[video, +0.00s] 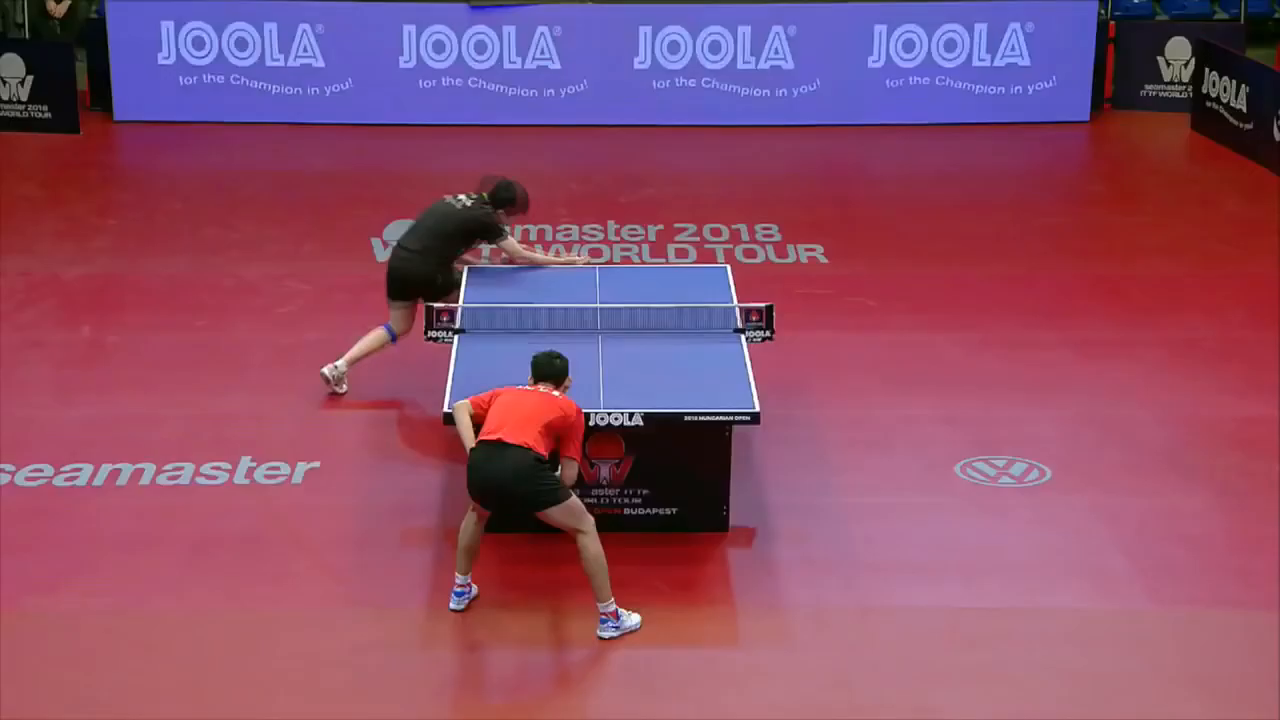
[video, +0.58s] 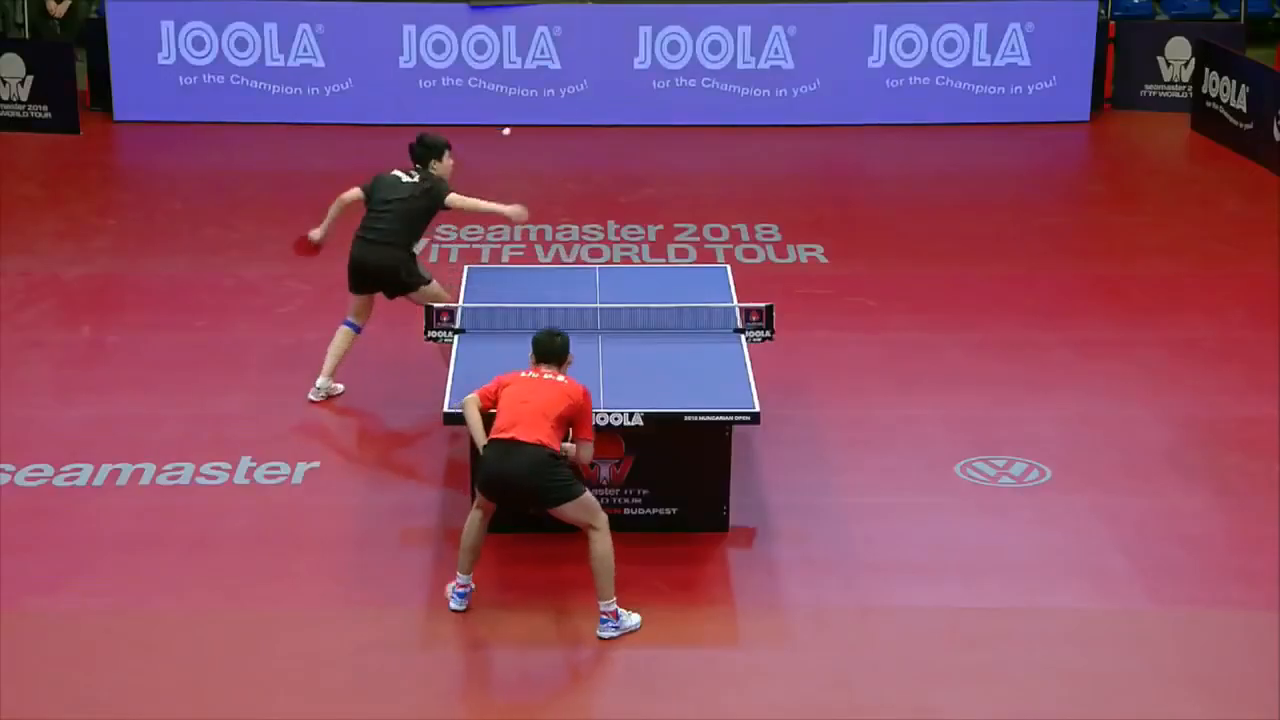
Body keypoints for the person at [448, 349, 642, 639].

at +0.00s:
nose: (568, 385)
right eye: (567, 382)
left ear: (531, 380)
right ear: (565, 383)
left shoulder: (504, 393)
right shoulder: (570, 409)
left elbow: (460, 408)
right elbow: (568, 477)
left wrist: (474, 452)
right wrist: (548, 494)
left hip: (482, 461)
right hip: (525, 468)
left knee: (477, 512)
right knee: (584, 526)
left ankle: (460, 590)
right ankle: (610, 615)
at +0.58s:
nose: (568, 360)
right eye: (568, 357)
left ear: (532, 358)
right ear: (566, 361)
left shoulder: (508, 380)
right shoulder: (577, 392)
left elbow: (469, 403)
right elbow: (585, 457)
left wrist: (484, 447)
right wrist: (565, 447)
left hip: (495, 457)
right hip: (540, 464)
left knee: (481, 510)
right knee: (597, 522)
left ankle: (460, 589)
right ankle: (610, 615)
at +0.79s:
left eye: (523, 332)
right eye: (553, 334)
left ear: (522, 335)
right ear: (556, 338)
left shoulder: (499, 366)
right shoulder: (568, 375)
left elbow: (468, 399)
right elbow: (595, 430)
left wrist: (487, 442)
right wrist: (580, 423)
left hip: (501, 468)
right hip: (551, 470)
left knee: (471, 513)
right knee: (609, 508)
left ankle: (453, 592)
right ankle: (610, 588)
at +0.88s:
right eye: (559, 317)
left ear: (530, 321)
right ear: (563, 322)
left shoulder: (509, 353)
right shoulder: (577, 362)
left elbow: (476, 385)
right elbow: (616, 406)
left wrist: (495, 409)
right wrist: (596, 388)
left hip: (515, 465)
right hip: (563, 465)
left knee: (478, 509)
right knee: (620, 487)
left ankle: (455, 587)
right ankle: (642, 569)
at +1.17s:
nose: (547, 335)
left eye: (548, 331)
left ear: (550, 337)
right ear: (583, 336)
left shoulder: (538, 372)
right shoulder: (606, 368)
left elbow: (515, 404)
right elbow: (636, 387)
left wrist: (541, 385)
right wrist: (603, 379)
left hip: (562, 482)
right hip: (612, 481)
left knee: (497, 489)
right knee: (640, 475)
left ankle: (487, 576)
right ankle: (669, 555)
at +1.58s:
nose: (569, 341)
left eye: (570, 336)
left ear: (573, 339)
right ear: (607, 336)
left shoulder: (568, 365)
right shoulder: (629, 356)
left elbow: (550, 390)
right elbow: (649, 356)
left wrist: (547, 382)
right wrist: (629, 347)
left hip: (591, 474)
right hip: (635, 473)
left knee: (515, 492)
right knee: (649, 470)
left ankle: (487, 576)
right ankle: (669, 554)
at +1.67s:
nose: (570, 317)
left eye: (570, 312)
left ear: (572, 316)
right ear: (605, 313)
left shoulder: (563, 349)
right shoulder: (632, 341)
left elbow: (520, 394)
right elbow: (675, 376)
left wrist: (481, 423)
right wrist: (691, 371)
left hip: (584, 456)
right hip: (628, 457)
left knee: (511, 491)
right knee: (643, 475)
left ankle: (488, 578)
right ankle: (669, 554)